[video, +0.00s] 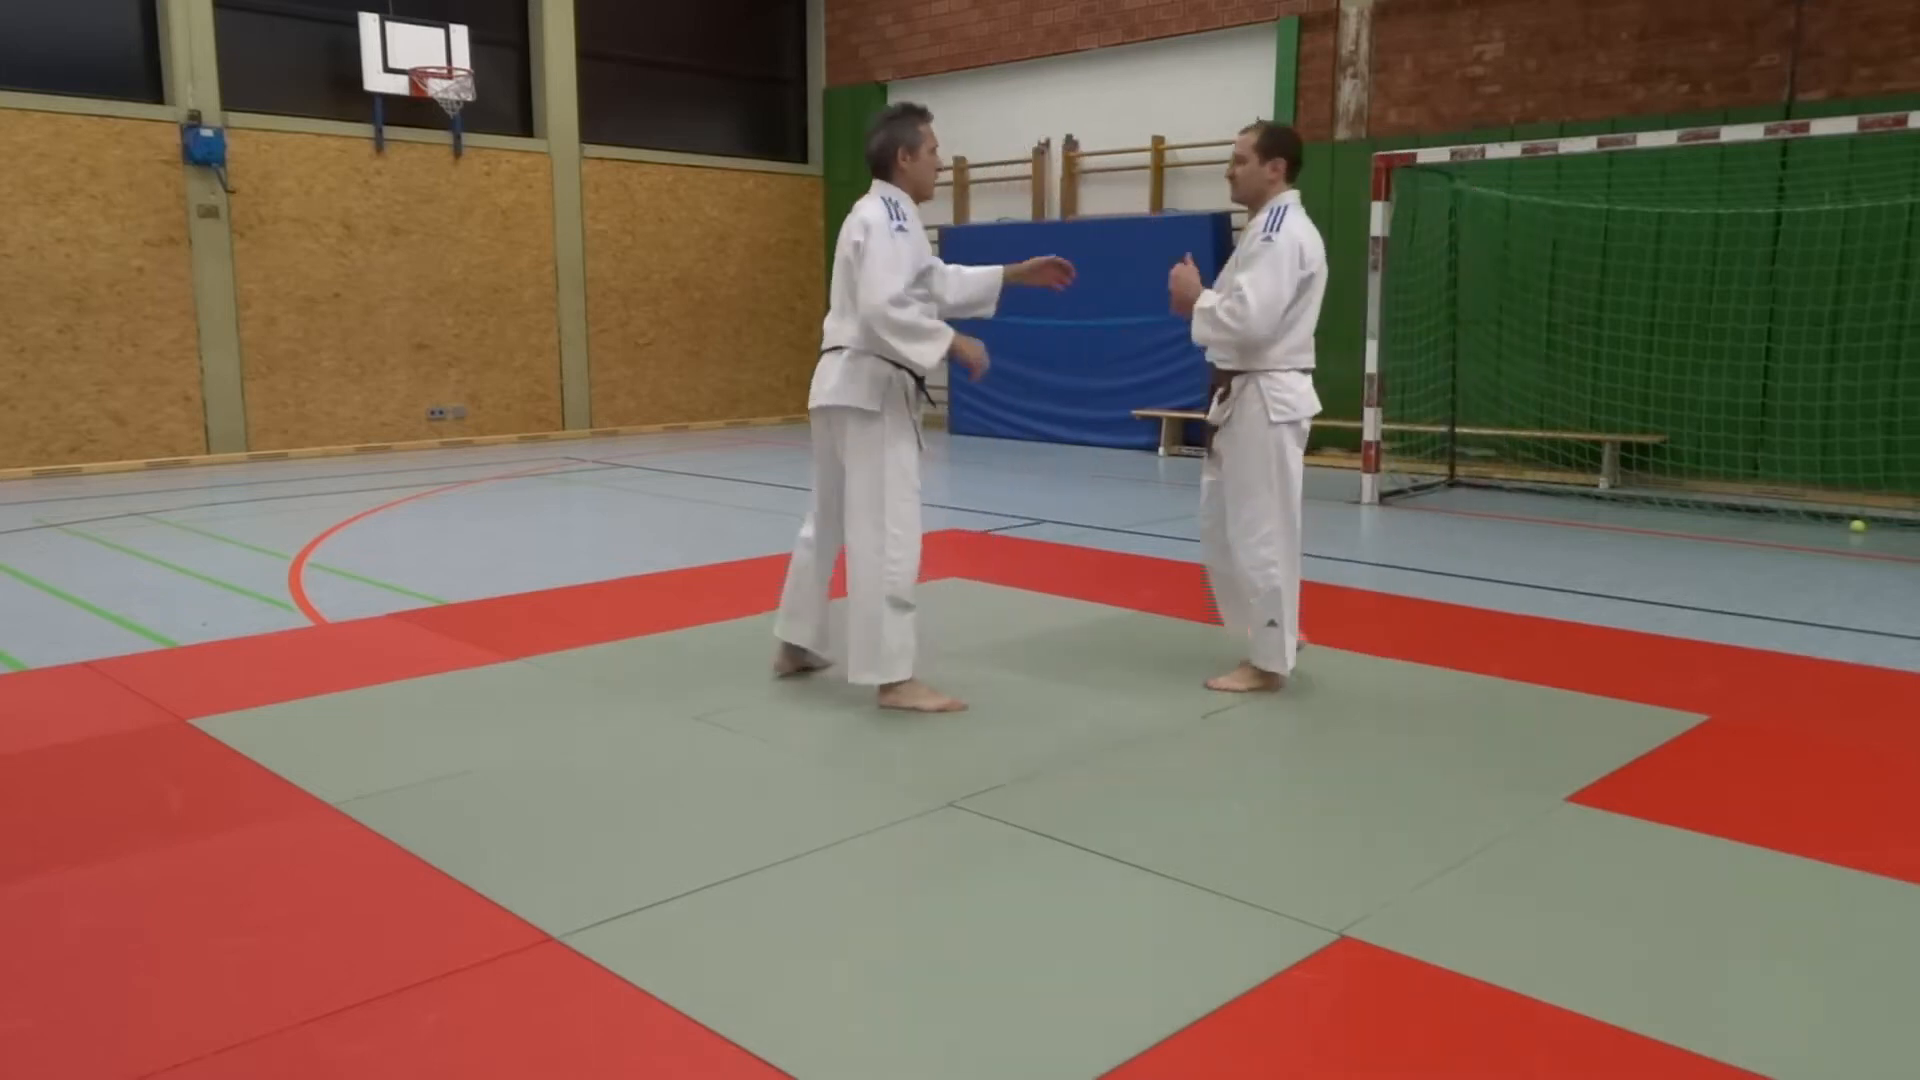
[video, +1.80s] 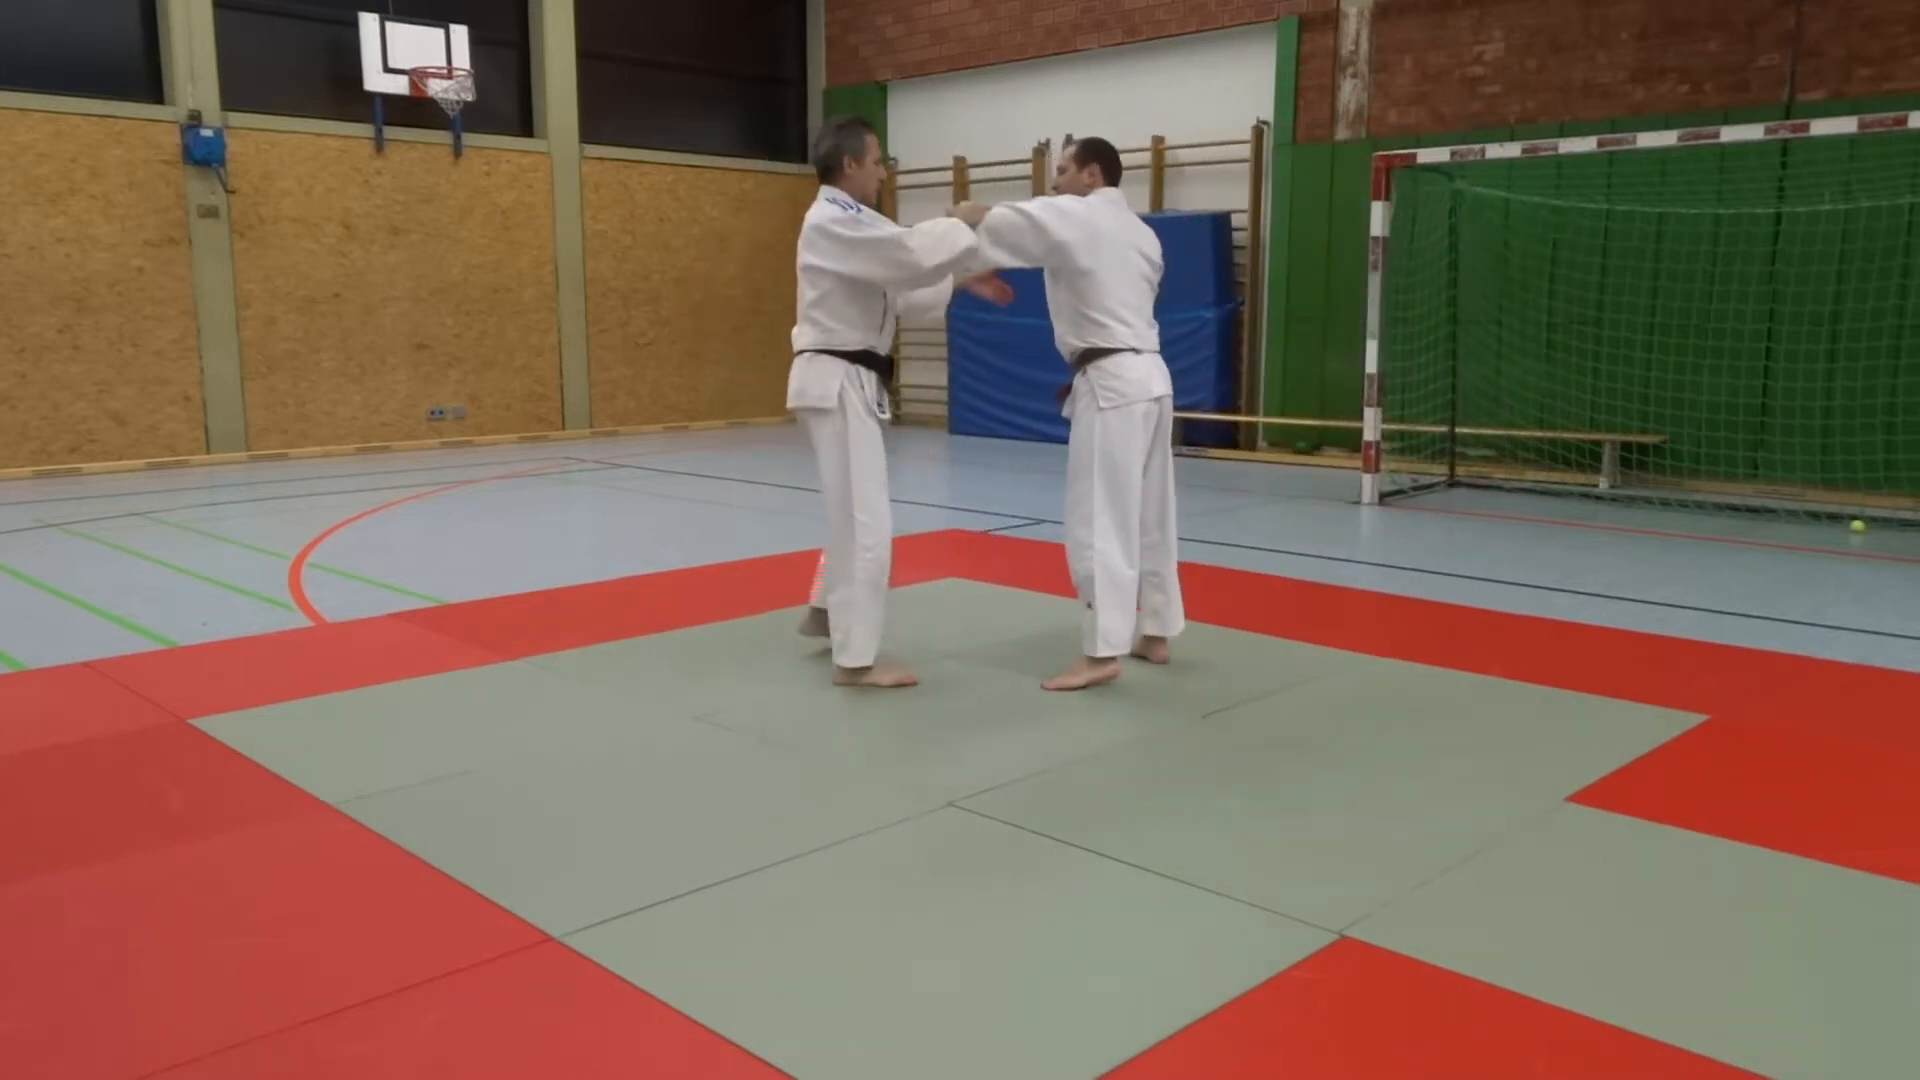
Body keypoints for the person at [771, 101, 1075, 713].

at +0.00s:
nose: (941, 162)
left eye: (937, 150)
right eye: (932, 150)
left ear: (897, 159)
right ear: (904, 157)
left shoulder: (883, 214)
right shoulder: (889, 216)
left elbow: (933, 283)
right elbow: (884, 305)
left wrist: (1015, 274)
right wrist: (953, 342)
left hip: (840, 384)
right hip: (872, 388)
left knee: (829, 520)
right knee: (891, 531)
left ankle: (797, 646)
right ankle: (894, 679)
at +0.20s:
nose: (898, 169)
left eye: (895, 157)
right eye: (891, 157)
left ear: (854, 164)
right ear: (862, 161)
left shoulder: (843, 215)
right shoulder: (848, 215)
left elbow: (886, 305)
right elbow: (844, 300)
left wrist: (960, 335)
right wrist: (926, 319)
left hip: (816, 383)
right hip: (839, 386)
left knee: (811, 519)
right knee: (870, 527)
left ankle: (791, 650)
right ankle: (891, 674)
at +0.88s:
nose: (859, 169)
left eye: (857, 158)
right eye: (851, 158)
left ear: (818, 164)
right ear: (821, 163)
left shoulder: (825, 224)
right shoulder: (801, 223)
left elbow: (866, 290)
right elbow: (800, 293)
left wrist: (939, 294)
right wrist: (881, 286)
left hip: (807, 387)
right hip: (794, 389)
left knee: (790, 520)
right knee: (815, 532)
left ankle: (742, 631)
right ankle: (820, 679)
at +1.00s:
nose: (852, 182)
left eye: (851, 170)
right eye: (843, 170)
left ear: (814, 176)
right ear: (808, 175)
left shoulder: (839, 241)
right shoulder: (774, 232)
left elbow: (905, 279)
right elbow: (728, 301)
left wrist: (982, 292)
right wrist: (801, 307)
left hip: (805, 395)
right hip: (776, 393)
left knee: (762, 525)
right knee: (809, 532)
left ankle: (713, 641)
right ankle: (820, 679)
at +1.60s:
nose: (866, 174)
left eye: (863, 164)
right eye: (857, 164)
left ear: (827, 173)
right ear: (828, 171)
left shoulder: (838, 237)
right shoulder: (806, 229)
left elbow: (883, 300)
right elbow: (805, 278)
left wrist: (953, 312)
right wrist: (875, 253)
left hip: (802, 385)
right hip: (815, 389)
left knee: (786, 516)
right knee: (861, 522)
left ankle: (729, 619)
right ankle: (859, 655)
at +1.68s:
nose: (875, 174)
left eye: (874, 163)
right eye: (868, 163)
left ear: (837, 170)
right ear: (841, 168)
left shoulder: (841, 224)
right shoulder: (824, 221)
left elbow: (886, 292)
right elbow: (859, 272)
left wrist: (957, 298)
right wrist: (913, 228)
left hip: (823, 380)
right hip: (828, 384)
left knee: (828, 513)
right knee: (858, 520)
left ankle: (757, 598)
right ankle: (858, 657)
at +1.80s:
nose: (883, 173)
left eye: (881, 162)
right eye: (876, 162)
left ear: (845, 166)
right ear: (848, 164)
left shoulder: (843, 218)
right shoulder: (831, 218)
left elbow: (896, 296)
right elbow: (905, 252)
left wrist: (960, 279)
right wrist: (961, 223)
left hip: (841, 376)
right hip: (837, 380)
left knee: (852, 505)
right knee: (867, 519)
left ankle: (827, 608)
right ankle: (856, 661)